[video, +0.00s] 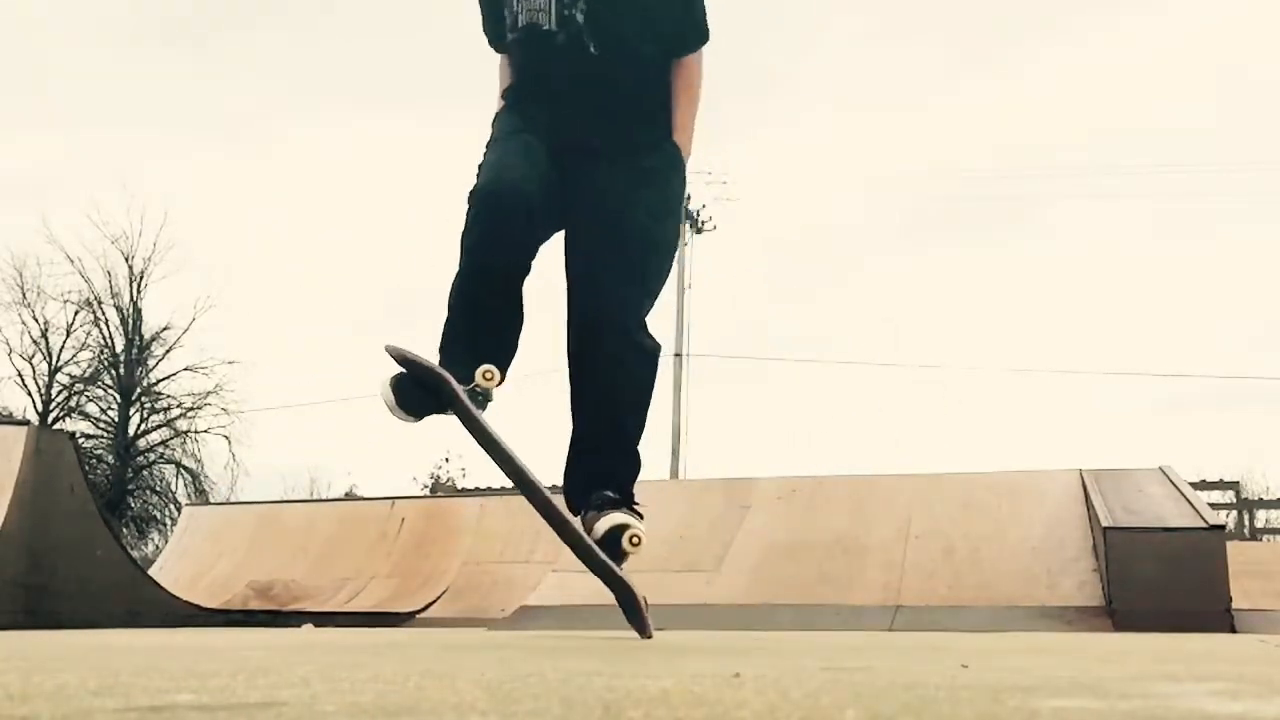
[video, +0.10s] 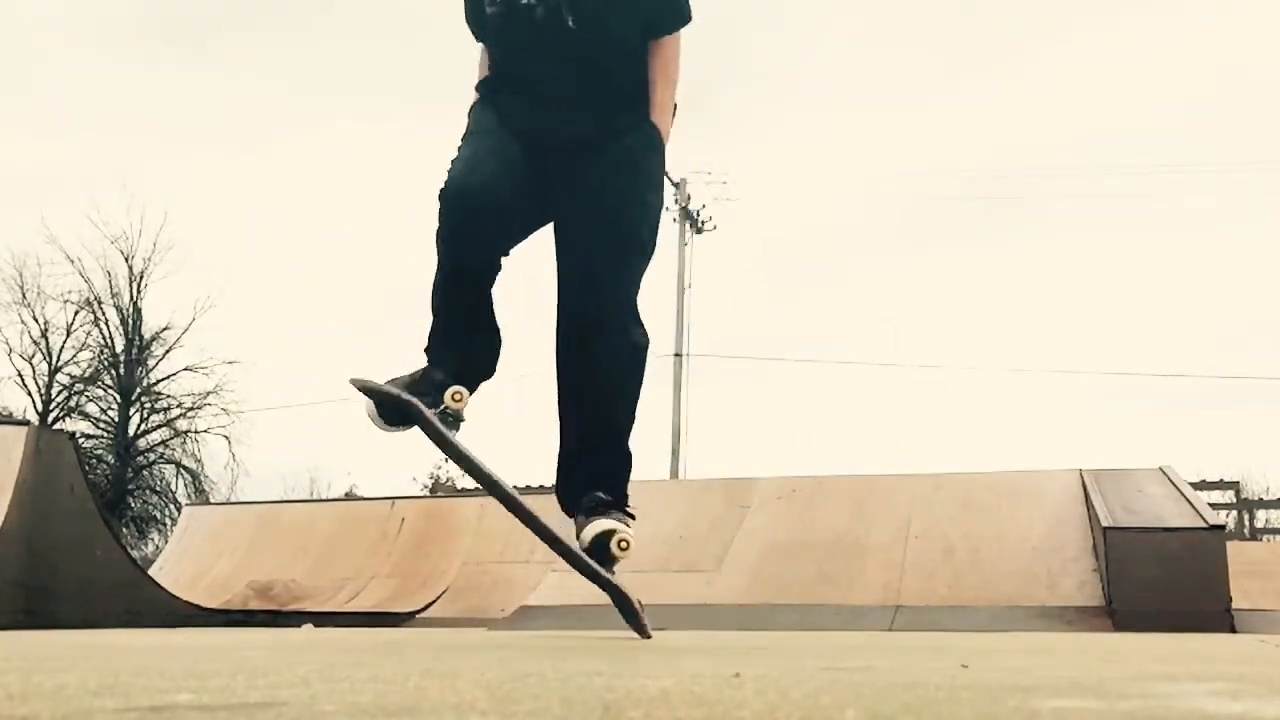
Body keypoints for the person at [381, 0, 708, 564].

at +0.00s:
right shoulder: (501, 4)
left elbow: (687, 47)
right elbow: (509, 52)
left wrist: (677, 157)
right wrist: (503, 132)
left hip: (633, 128)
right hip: (536, 122)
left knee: (612, 325)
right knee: (502, 198)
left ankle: (603, 496)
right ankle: (470, 364)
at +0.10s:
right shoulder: (491, 4)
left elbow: (664, 30)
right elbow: (491, 41)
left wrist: (656, 134)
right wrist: (482, 122)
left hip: (616, 128)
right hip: (513, 120)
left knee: (602, 315)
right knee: (466, 209)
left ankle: (597, 497)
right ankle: (450, 371)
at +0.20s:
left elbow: (651, 21)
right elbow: (478, 36)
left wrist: (641, 117)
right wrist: (466, 102)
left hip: (601, 106)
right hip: (498, 100)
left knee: (596, 305)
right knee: (449, 185)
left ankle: (592, 500)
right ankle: (454, 340)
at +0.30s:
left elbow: (644, 17)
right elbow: (469, 30)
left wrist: (632, 117)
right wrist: (462, 85)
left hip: (592, 95)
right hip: (491, 88)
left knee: (590, 298)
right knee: (439, 169)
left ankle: (591, 496)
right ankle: (455, 324)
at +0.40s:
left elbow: (639, 14)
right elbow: (464, 30)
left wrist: (628, 113)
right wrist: (455, 83)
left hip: (585, 98)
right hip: (485, 88)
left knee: (586, 295)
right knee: (432, 159)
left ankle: (590, 488)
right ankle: (454, 316)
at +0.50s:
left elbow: (635, 13)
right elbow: (462, 31)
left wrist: (622, 113)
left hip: (580, 97)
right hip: (479, 88)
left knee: (581, 283)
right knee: (425, 154)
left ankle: (588, 480)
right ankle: (453, 308)